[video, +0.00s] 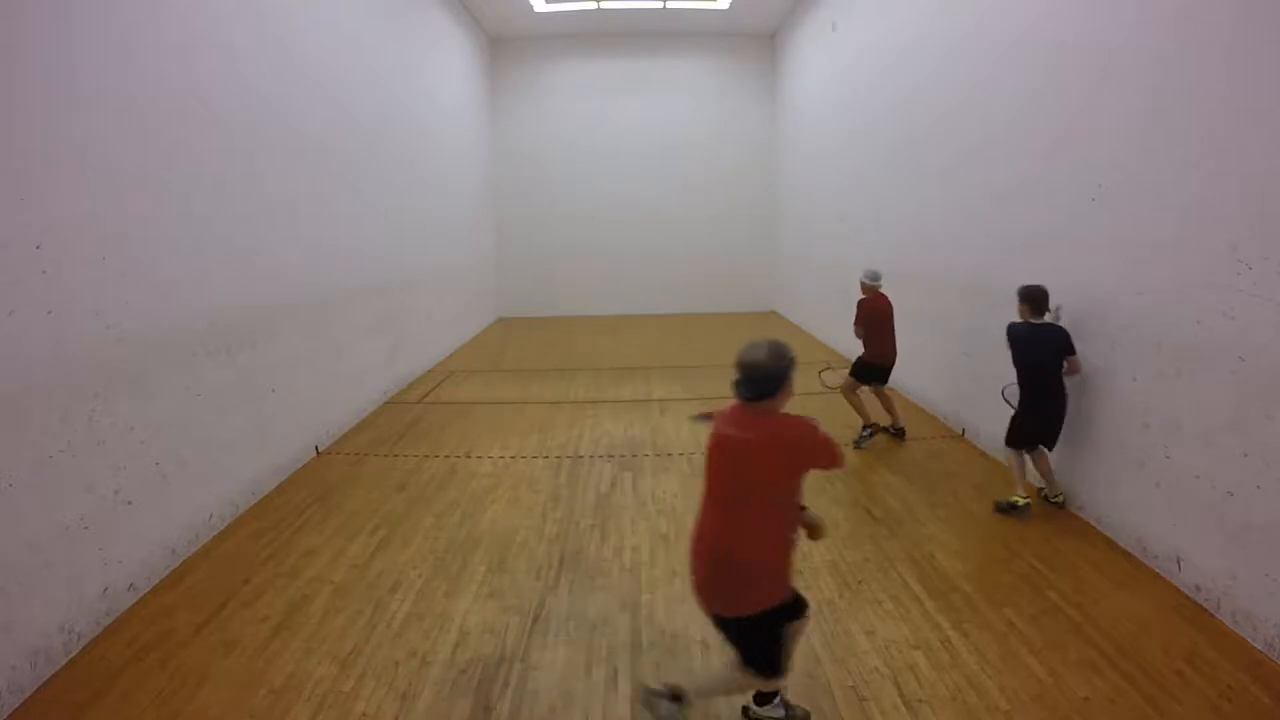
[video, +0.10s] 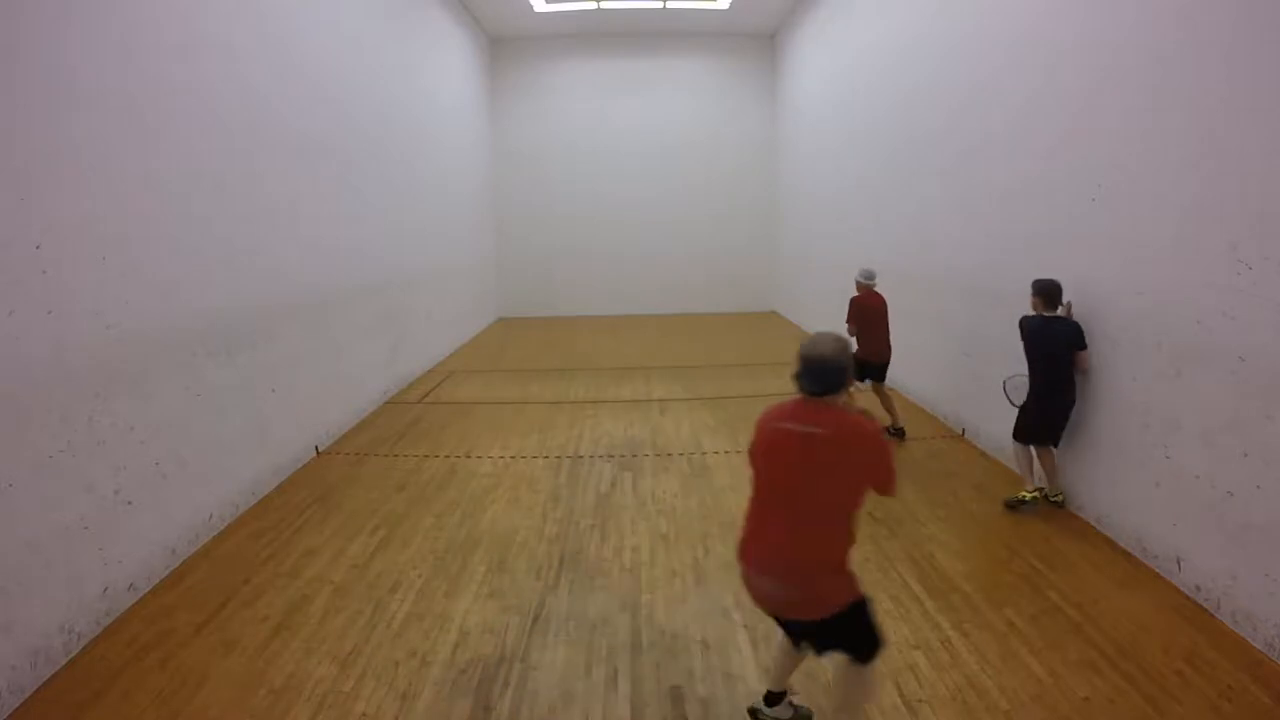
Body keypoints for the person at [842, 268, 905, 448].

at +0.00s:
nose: (860, 286)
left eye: (862, 284)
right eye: (861, 283)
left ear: (865, 285)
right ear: (878, 285)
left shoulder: (864, 303)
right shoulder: (885, 301)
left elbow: (858, 332)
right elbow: (884, 327)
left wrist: (874, 331)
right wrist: (867, 330)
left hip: (871, 357)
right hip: (889, 357)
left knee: (847, 389)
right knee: (877, 389)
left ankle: (868, 425)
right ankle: (897, 425)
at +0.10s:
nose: (855, 286)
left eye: (857, 283)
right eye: (857, 283)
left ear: (859, 284)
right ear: (873, 284)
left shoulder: (857, 301)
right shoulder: (880, 299)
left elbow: (852, 331)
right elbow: (881, 324)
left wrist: (862, 319)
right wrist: (863, 321)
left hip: (865, 355)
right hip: (883, 356)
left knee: (843, 381)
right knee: (879, 388)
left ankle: (853, 419)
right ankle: (897, 425)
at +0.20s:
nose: (847, 280)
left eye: (848, 278)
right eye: (850, 278)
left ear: (849, 279)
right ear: (865, 280)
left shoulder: (847, 297)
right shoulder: (872, 296)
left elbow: (842, 327)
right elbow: (871, 320)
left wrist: (855, 315)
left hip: (855, 351)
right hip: (874, 351)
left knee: (830, 381)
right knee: (866, 384)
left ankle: (831, 417)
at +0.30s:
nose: (839, 276)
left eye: (840, 273)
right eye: (842, 274)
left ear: (840, 275)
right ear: (856, 276)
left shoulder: (836, 295)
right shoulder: (862, 294)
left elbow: (829, 323)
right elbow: (861, 319)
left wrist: (842, 316)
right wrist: (839, 320)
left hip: (842, 348)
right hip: (861, 348)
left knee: (825, 382)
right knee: (858, 381)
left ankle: (827, 424)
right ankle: (883, 411)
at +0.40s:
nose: (830, 274)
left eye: (831, 272)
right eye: (835, 272)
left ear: (832, 273)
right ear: (847, 274)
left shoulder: (827, 294)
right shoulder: (855, 294)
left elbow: (818, 321)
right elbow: (858, 322)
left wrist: (829, 311)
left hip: (831, 347)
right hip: (850, 347)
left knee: (819, 382)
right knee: (844, 376)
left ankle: (826, 422)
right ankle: (860, 410)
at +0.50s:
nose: (824, 274)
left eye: (824, 272)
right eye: (829, 272)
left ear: (825, 273)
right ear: (841, 274)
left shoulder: (821, 294)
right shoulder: (848, 294)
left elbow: (811, 325)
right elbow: (851, 322)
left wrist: (824, 329)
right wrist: (824, 325)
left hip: (824, 346)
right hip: (843, 347)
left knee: (808, 377)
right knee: (833, 373)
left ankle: (819, 413)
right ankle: (835, 408)